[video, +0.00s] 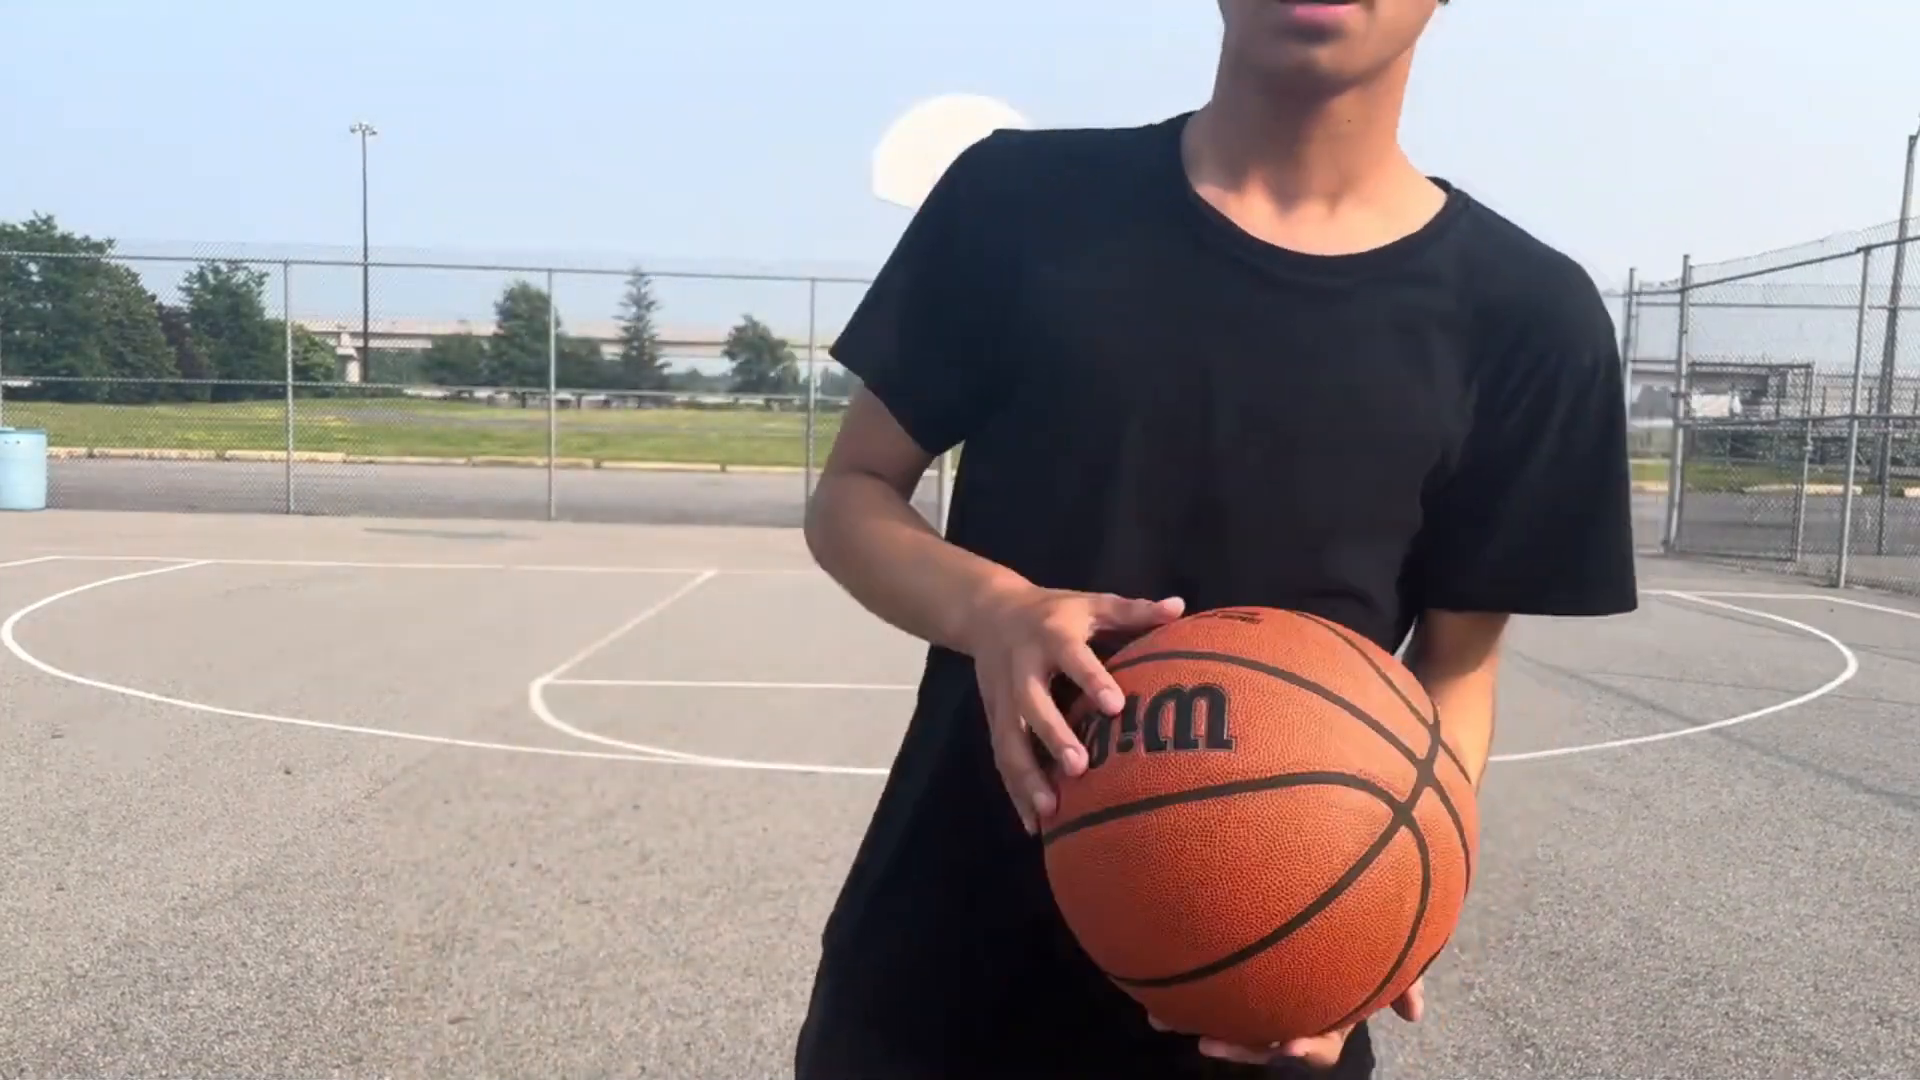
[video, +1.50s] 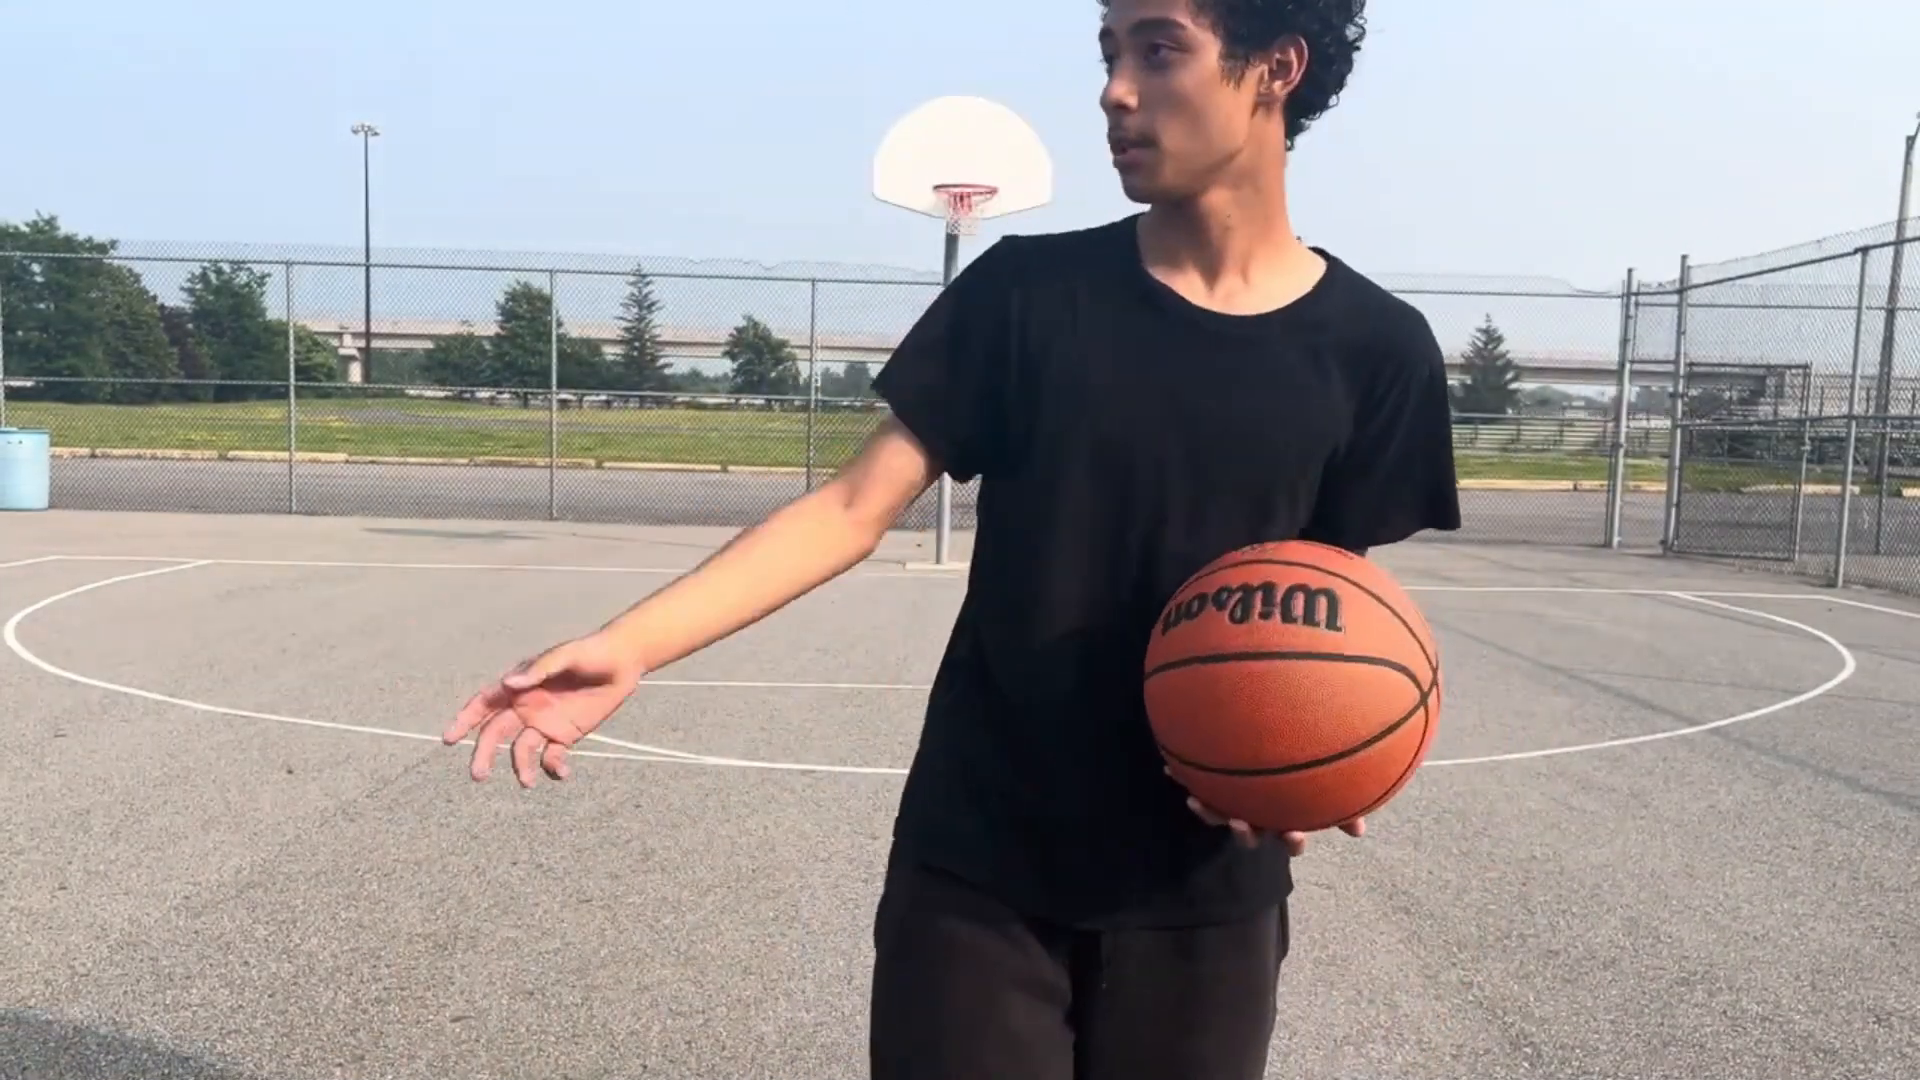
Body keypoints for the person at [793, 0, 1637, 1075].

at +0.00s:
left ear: (1443, 2)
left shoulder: (1528, 313)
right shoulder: (1015, 198)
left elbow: (1458, 663)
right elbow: (850, 496)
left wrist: (1371, 911)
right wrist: (988, 610)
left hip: (1268, 1014)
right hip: (940, 984)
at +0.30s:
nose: (1083, 9)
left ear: (1201, 16)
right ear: (988, 19)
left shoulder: (1319, 309)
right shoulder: (870, 306)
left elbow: (1353, 628)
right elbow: (782, 640)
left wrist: (1337, 805)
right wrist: (931, 687)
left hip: (1184, 976)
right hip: (890, 970)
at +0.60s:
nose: (980, 28)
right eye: (937, 2)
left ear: (1086, 21)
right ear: (887, 44)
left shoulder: (1217, 267)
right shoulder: (827, 331)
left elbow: (1279, 552)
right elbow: (792, 643)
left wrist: (1312, 705)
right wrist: (897, 700)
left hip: (1173, 911)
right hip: (915, 923)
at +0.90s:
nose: (1056, 64)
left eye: (1093, 21)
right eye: (1014, 34)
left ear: (1162, 45)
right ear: (977, 77)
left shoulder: (1277, 293)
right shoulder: (910, 329)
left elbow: (1329, 560)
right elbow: (848, 593)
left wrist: (1325, 710)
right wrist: (875, 708)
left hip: (1201, 887)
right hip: (971, 883)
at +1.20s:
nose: (1137, 99)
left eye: (1179, 55)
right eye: (1113, 64)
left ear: (1278, 73)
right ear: (1094, 83)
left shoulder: (1367, 336)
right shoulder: (1020, 298)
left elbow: (1352, 594)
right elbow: (839, 504)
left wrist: (1327, 736)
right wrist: (608, 632)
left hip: (1221, 868)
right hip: (999, 861)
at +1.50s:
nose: (1115, 95)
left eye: (1160, 54)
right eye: (1112, 58)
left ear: (1280, 73)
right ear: (1102, 68)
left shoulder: (1379, 350)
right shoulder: (1023, 291)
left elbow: (1343, 610)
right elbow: (849, 506)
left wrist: (1304, 761)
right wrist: (627, 645)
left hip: (1208, 887)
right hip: (979, 873)